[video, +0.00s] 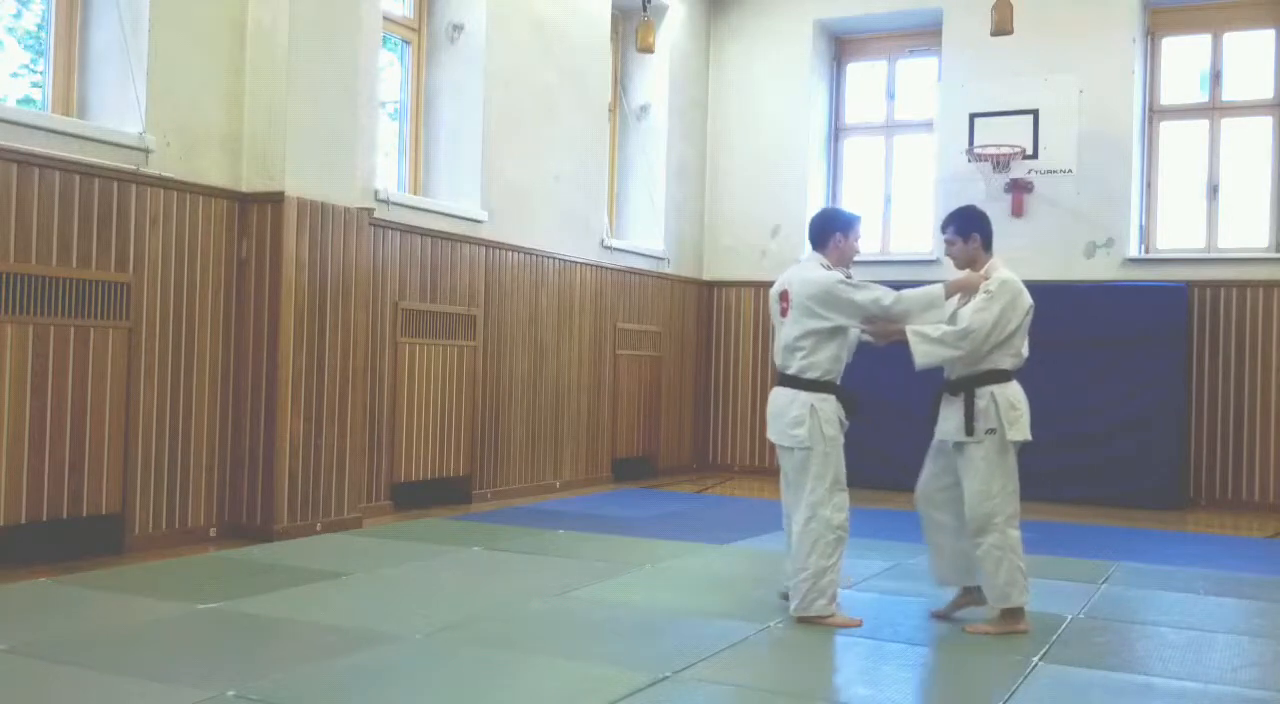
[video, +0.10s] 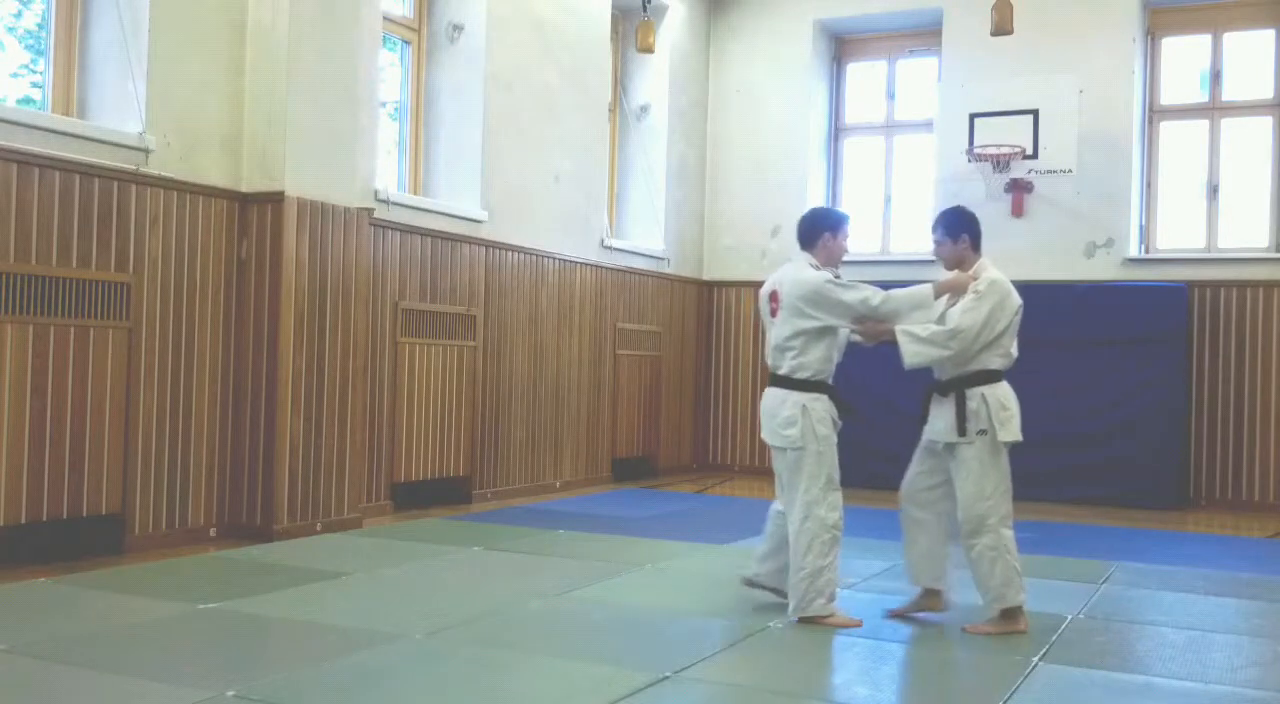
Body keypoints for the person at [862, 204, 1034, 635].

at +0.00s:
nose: (947, 254)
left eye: (951, 244)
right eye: (946, 246)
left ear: (976, 240)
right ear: (972, 243)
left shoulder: (1005, 285)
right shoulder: (970, 287)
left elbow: (968, 335)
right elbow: (949, 328)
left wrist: (903, 334)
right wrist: (896, 328)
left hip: (990, 406)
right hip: (957, 406)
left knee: (991, 510)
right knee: (933, 495)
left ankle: (1012, 611)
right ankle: (969, 588)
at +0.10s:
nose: (935, 252)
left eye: (940, 243)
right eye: (934, 244)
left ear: (965, 241)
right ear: (960, 243)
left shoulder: (993, 286)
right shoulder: (957, 287)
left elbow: (955, 336)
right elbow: (937, 328)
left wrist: (891, 334)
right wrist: (882, 329)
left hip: (980, 407)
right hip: (946, 407)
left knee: (983, 512)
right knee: (918, 495)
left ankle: (1010, 611)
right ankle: (930, 592)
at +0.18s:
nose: (923, 256)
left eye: (927, 247)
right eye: (922, 248)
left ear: (950, 242)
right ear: (945, 244)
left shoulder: (979, 288)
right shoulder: (945, 288)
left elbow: (940, 338)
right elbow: (926, 330)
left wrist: (878, 335)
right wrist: (873, 329)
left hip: (967, 408)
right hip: (933, 408)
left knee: (976, 513)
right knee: (906, 498)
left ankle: (1010, 612)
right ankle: (889, 594)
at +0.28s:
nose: (905, 255)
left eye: (909, 246)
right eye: (904, 248)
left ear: (932, 244)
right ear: (927, 246)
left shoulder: (961, 287)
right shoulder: (923, 289)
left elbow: (924, 337)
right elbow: (895, 327)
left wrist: (862, 339)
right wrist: (851, 332)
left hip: (952, 408)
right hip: (918, 408)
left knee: (966, 511)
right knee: (893, 499)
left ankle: (1008, 608)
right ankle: (861, 592)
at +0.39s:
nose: (884, 256)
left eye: (888, 247)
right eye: (883, 248)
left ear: (911, 245)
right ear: (908, 246)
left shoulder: (940, 287)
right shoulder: (904, 289)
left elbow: (901, 338)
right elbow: (877, 328)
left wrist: (839, 340)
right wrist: (826, 334)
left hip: (930, 407)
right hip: (896, 407)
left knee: (948, 511)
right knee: (877, 503)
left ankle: (1003, 601)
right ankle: (853, 600)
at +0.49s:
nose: (865, 253)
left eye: (870, 245)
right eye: (864, 246)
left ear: (892, 242)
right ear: (886, 244)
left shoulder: (919, 286)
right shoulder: (882, 288)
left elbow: (876, 335)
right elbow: (857, 328)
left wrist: (812, 338)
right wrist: (809, 331)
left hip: (908, 404)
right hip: (874, 404)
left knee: (910, 508)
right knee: (858, 499)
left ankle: (981, 584)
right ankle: (853, 595)